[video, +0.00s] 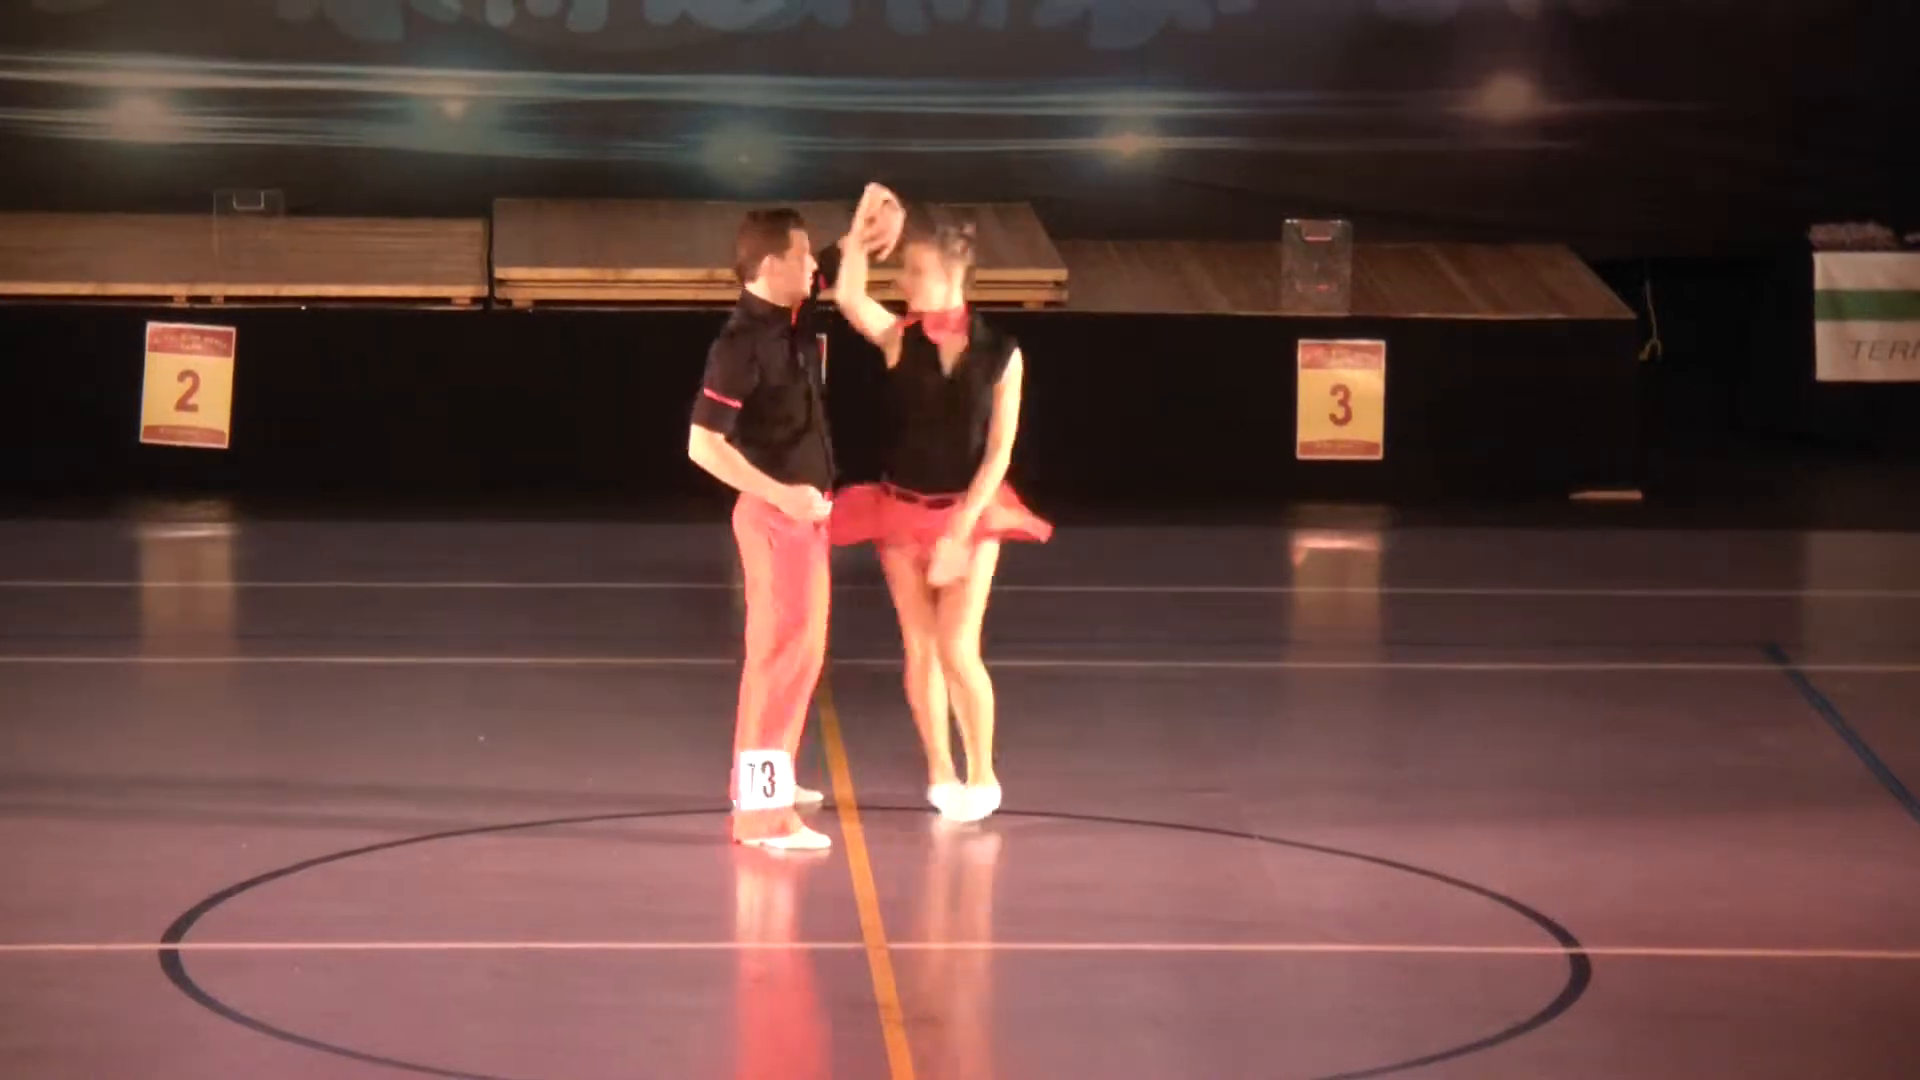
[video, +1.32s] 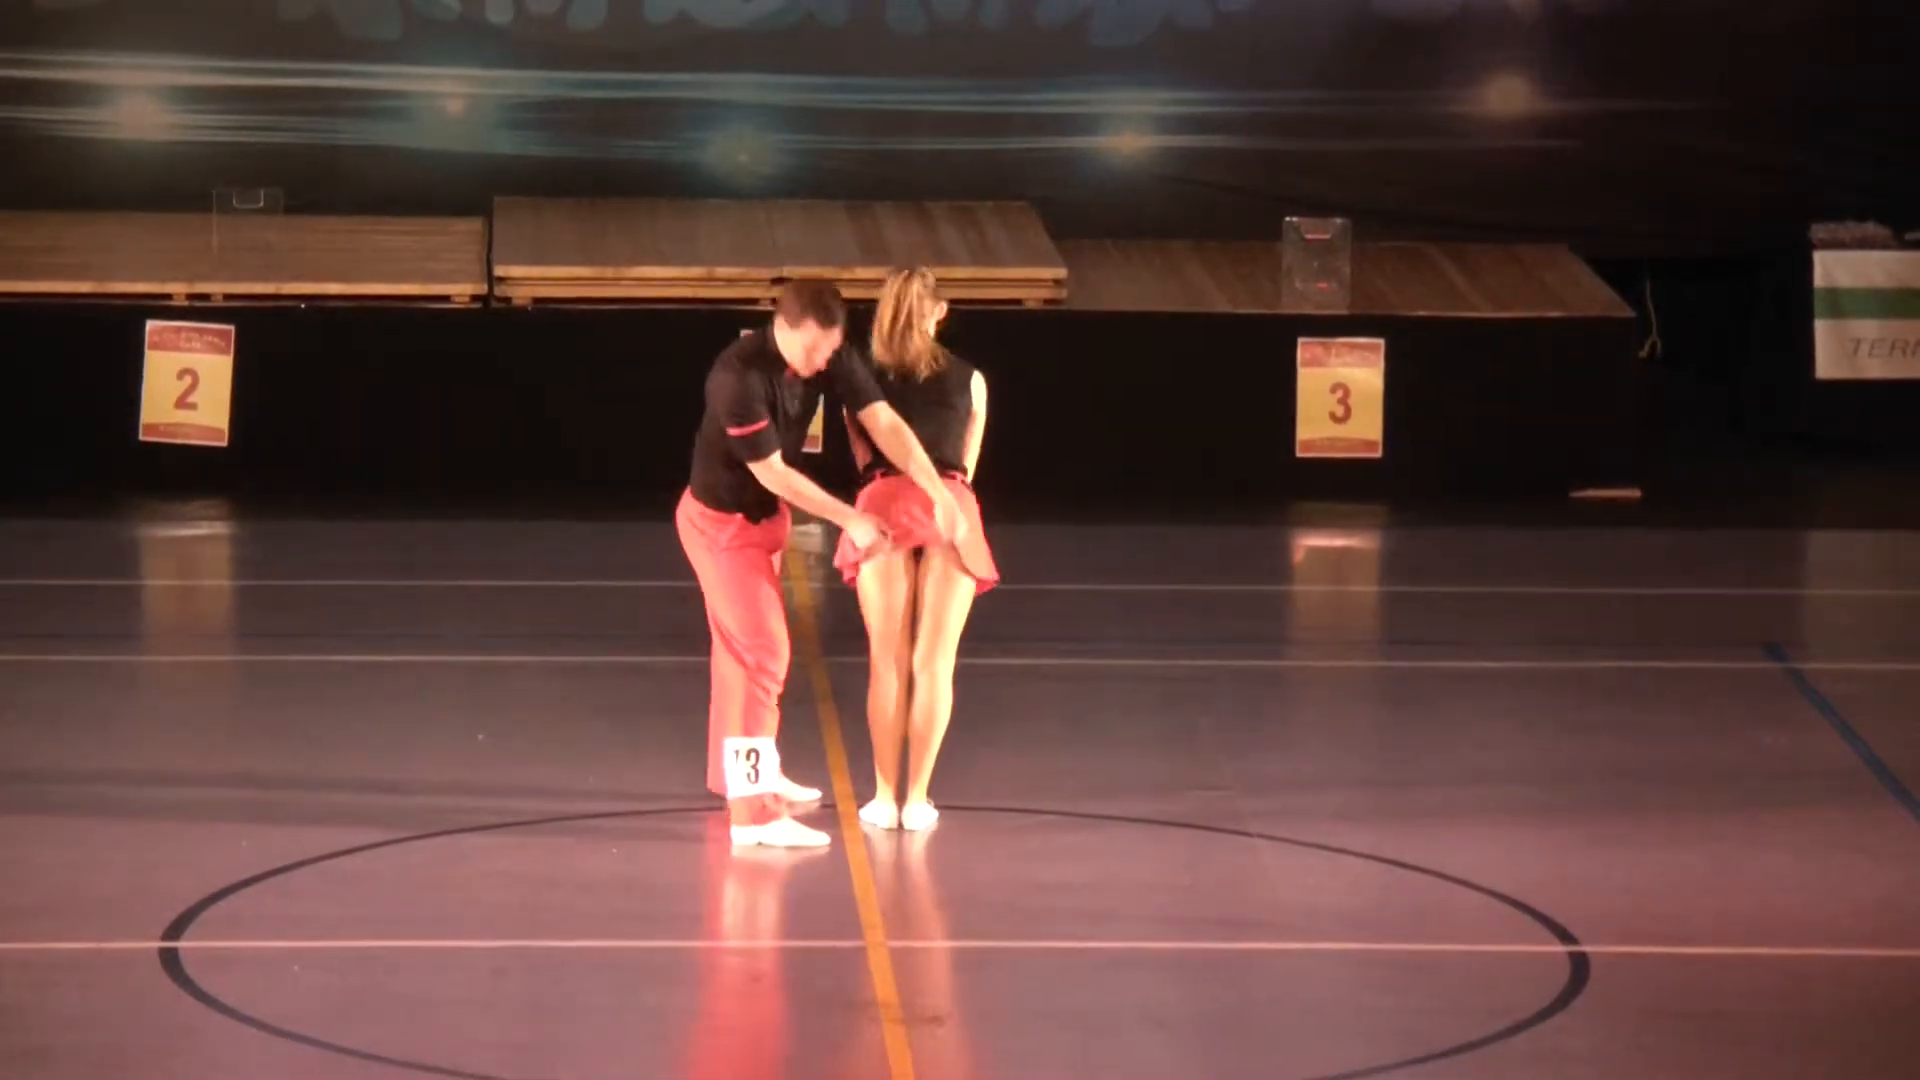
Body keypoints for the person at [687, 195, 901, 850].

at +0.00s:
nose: (813, 266)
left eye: (810, 255)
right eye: (801, 256)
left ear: (795, 262)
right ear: (765, 267)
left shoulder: (802, 315)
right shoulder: (740, 340)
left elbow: (847, 277)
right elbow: (703, 443)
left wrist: (869, 219)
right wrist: (780, 495)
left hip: (809, 509)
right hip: (769, 513)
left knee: (806, 650)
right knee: (774, 650)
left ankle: (772, 782)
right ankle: (754, 808)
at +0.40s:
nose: (807, 275)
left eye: (807, 264)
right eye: (799, 265)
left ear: (760, 272)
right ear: (766, 274)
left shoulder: (749, 311)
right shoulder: (760, 341)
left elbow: (799, 257)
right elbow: (740, 446)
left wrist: (842, 226)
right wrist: (816, 493)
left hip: (772, 507)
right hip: (780, 513)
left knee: (768, 653)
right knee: (796, 656)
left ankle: (756, 804)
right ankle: (762, 812)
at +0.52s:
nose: (815, 303)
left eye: (815, 290)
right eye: (808, 291)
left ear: (770, 289)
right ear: (773, 290)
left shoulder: (757, 334)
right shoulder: (754, 354)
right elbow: (734, 467)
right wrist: (802, 534)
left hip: (781, 515)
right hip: (778, 520)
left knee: (782, 652)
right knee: (812, 656)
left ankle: (757, 804)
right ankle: (769, 812)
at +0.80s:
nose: (821, 335)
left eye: (824, 324)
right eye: (813, 324)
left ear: (811, 310)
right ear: (776, 308)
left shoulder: (796, 338)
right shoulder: (733, 364)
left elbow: (850, 371)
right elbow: (750, 465)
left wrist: (903, 402)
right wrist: (829, 499)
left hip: (786, 516)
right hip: (752, 521)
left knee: (787, 650)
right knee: (780, 652)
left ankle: (772, 785)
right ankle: (754, 810)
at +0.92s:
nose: (831, 356)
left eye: (835, 345)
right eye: (823, 346)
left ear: (835, 332)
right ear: (788, 330)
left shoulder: (834, 342)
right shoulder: (739, 372)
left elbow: (886, 415)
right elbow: (762, 470)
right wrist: (837, 521)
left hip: (777, 516)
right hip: (729, 519)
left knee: (747, 653)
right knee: (766, 652)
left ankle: (752, 784)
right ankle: (748, 814)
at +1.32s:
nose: (823, 358)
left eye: (829, 346)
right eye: (814, 346)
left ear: (836, 335)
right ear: (783, 326)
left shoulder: (834, 354)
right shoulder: (739, 374)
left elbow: (883, 421)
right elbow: (774, 472)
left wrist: (937, 489)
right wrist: (850, 519)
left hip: (768, 520)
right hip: (717, 522)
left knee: (744, 650)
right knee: (766, 647)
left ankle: (745, 776)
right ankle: (751, 815)